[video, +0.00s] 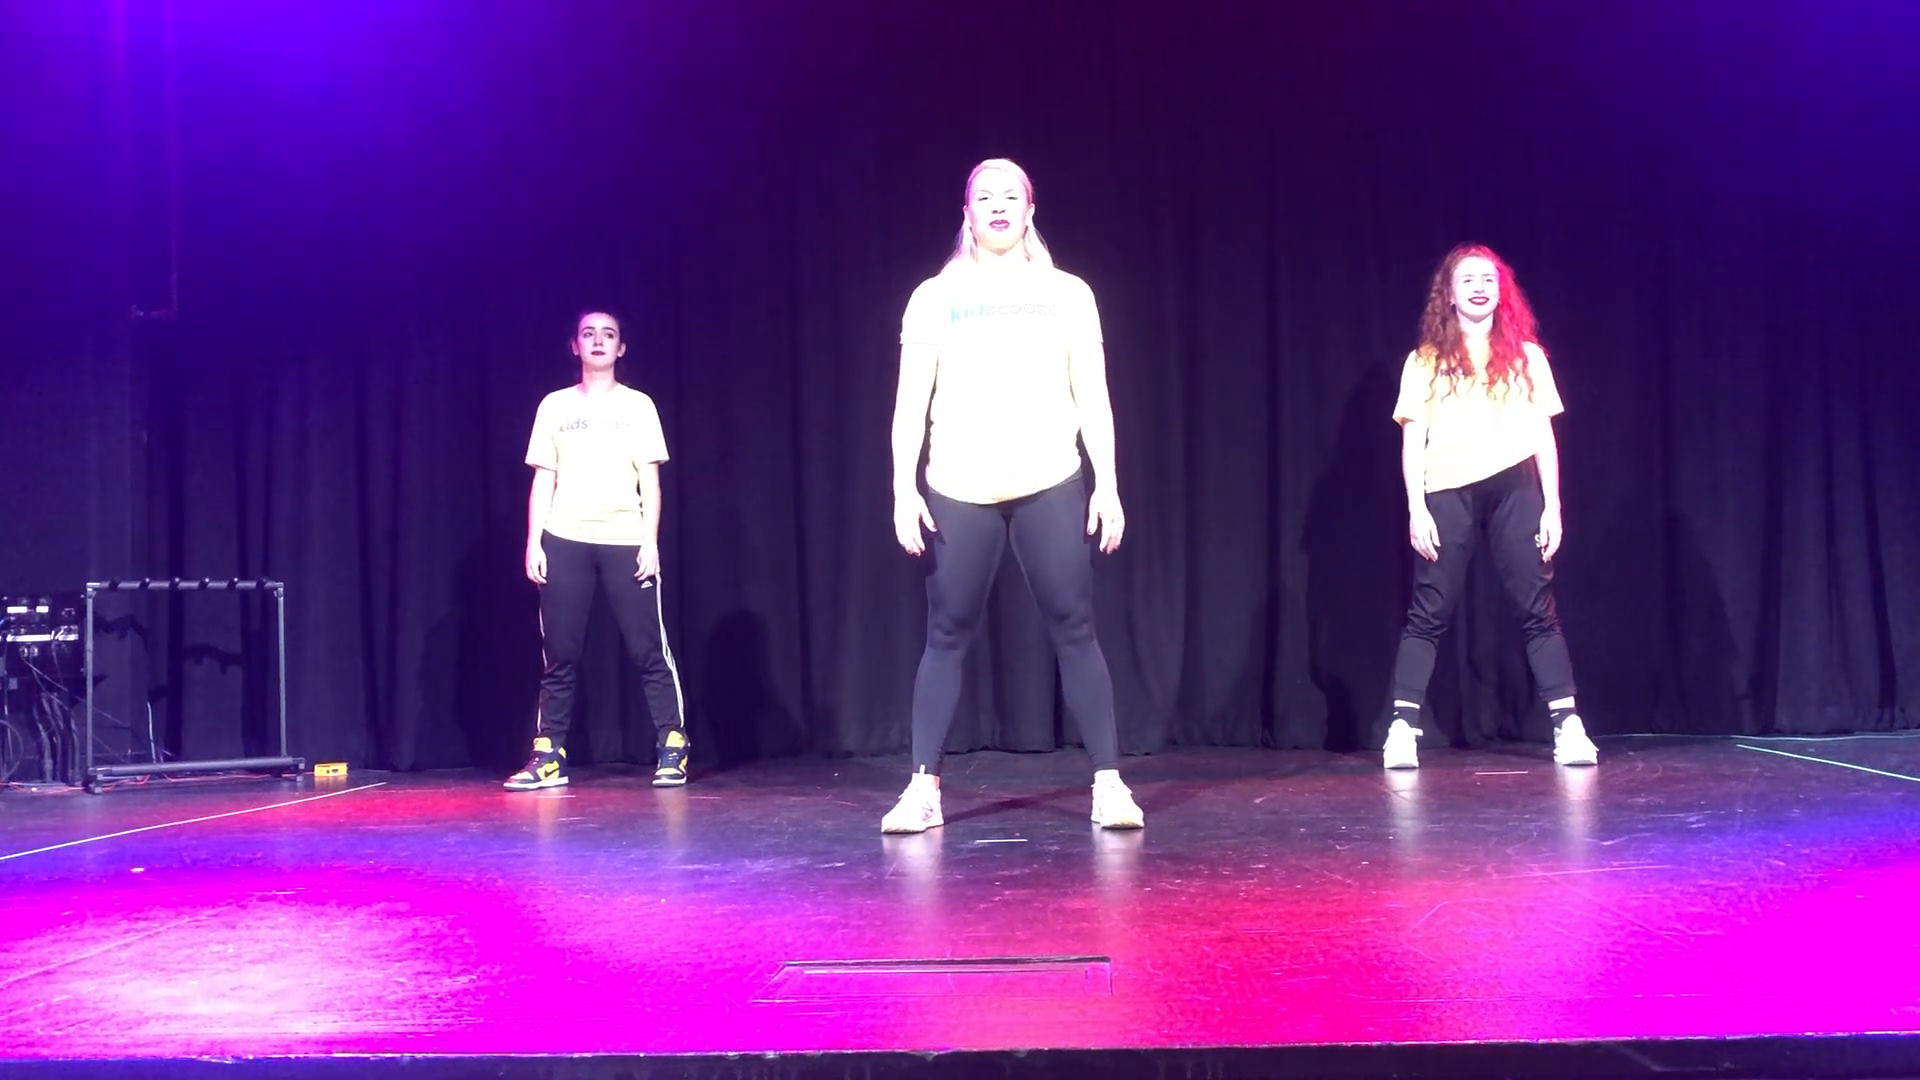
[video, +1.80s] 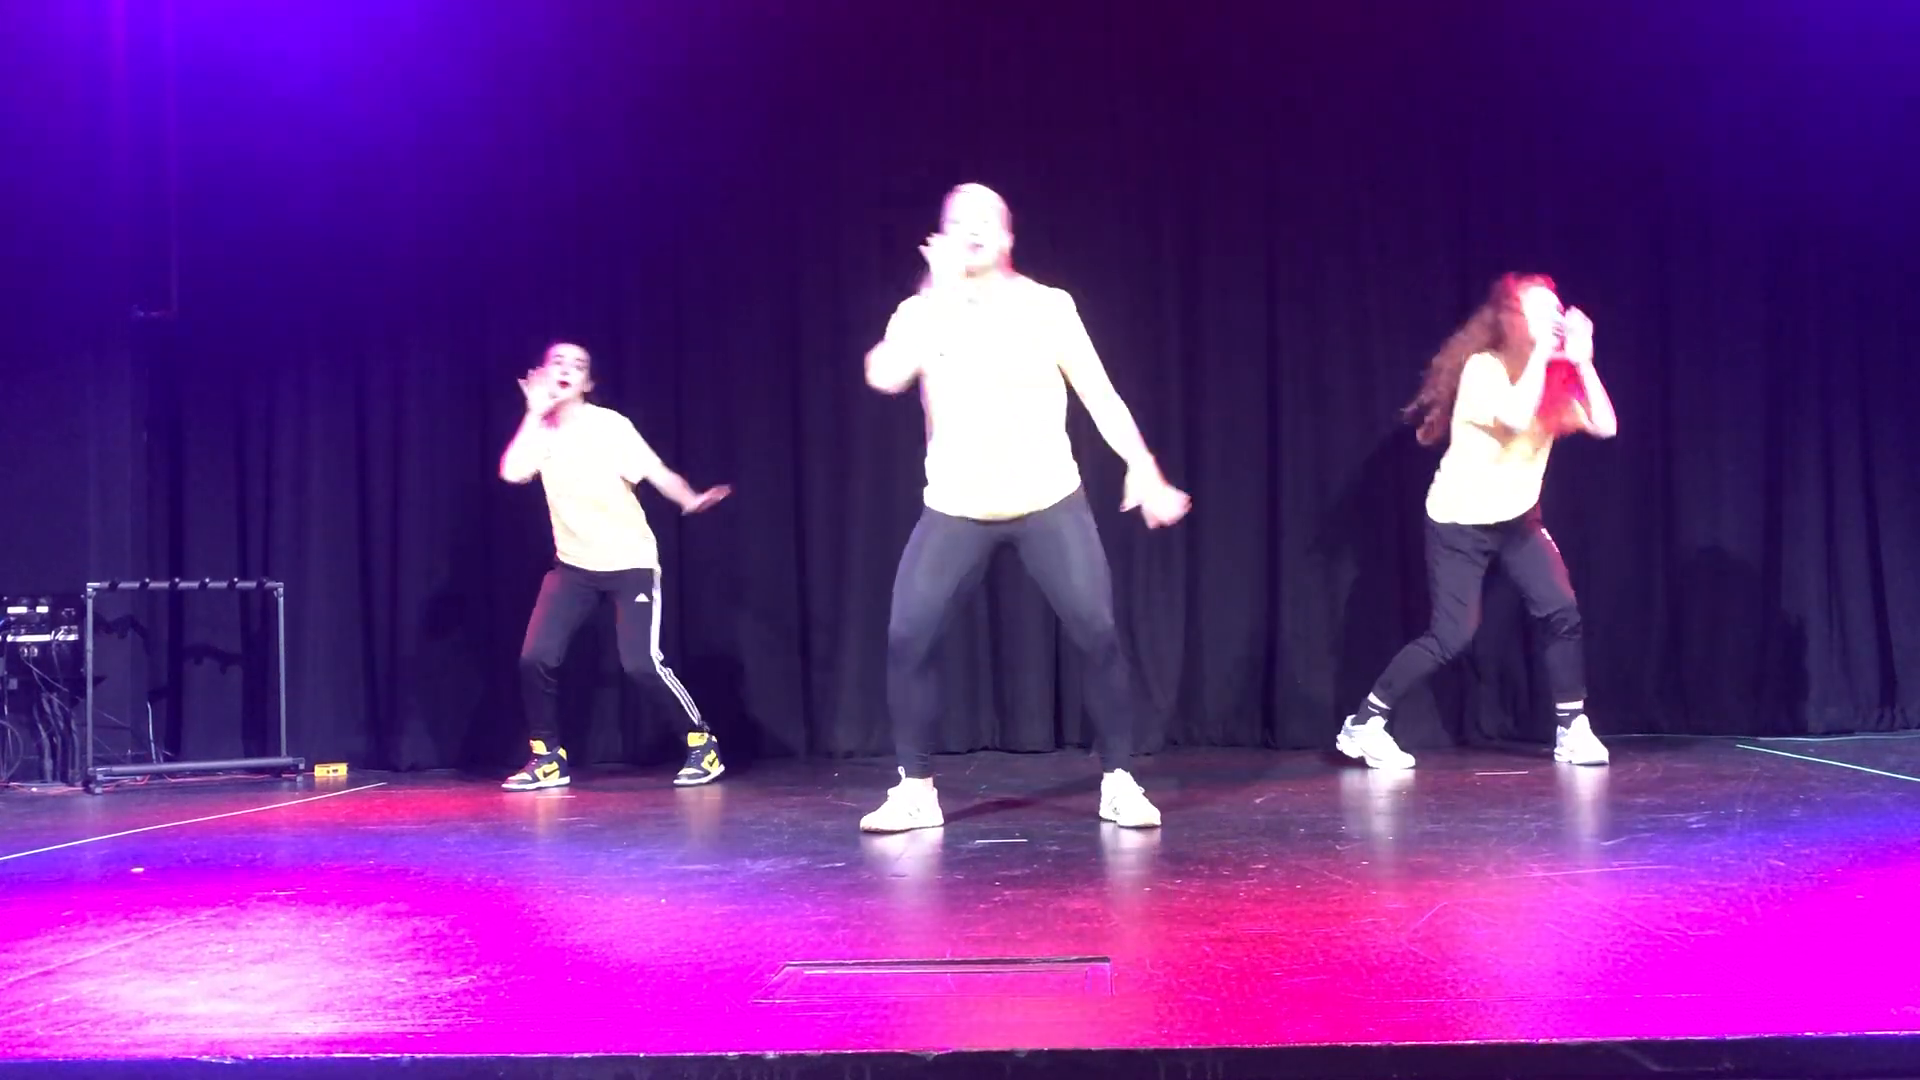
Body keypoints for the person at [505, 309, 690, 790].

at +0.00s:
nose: (598, 341)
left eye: (607, 335)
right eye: (589, 334)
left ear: (620, 347)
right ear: (575, 346)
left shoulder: (638, 405)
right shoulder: (554, 405)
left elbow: (650, 480)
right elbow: (542, 479)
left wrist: (650, 542)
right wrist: (534, 542)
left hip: (626, 542)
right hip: (565, 542)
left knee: (648, 652)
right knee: (559, 655)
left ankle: (672, 748)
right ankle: (550, 756)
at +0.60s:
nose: (600, 339)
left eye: (609, 332)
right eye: (591, 332)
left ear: (623, 345)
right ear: (578, 345)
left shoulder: (642, 403)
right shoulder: (558, 405)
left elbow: (654, 478)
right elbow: (544, 478)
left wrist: (656, 541)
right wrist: (521, 541)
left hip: (631, 541)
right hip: (569, 542)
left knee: (651, 650)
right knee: (560, 655)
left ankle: (673, 748)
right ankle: (550, 756)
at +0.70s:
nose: (582, 338)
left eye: (591, 331)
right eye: (573, 332)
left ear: (610, 345)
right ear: (562, 346)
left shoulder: (632, 399)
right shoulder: (553, 408)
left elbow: (649, 477)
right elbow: (526, 476)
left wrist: (651, 540)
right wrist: (478, 488)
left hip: (626, 538)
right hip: (569, 539)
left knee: (648, 652)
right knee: (558, 653)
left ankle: (672, 746)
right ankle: (550, 756)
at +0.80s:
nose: (549, 342)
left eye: (560, 334)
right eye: (541, 336)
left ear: (583, 347)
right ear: (535, 353)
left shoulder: (608, 398)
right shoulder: (540, 413)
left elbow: (637, 465)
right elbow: (497, 457)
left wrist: (645, 535)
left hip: (625, 541)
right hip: (574, 546)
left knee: (647, 653)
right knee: (556, 653)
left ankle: (673, 746)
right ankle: (549, 757)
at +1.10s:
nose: (486, 371)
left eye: (497, 362)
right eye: (482, 364)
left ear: (524, 373)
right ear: (481, 379)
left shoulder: (546, 415)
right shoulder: (509, 436)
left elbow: (590, 474)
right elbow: (466, 476)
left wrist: (609, 547)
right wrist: (472, 417)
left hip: (619, 541)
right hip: (579, 551)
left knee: (642, 649)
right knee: (555, 651)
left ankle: (696, 746)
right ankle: (549, 757)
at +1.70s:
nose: (535, 361)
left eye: (547, 354)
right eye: (528, 353)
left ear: (566, 368)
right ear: (519, 366)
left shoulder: (589, 411)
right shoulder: (528, 427)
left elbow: (633, 468)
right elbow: (493, 460)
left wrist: (651, 519)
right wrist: (512, 402)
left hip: (626, 552)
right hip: (574, 555)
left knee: (643, 655)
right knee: (544, 649)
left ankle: (707, 745)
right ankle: (548, 759)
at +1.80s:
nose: (565, 372)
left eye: (575, 366)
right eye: (557, 363)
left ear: (588, 382)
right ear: (541, 374)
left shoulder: (610, 426)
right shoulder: (539, 432)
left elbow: (655, 471)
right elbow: (512, 471)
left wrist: (688, 499)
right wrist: (535, 412)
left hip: (631, 564)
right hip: (574, 566)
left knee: (641, 662)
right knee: (536, 657)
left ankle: (703, 747)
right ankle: (548, 759)